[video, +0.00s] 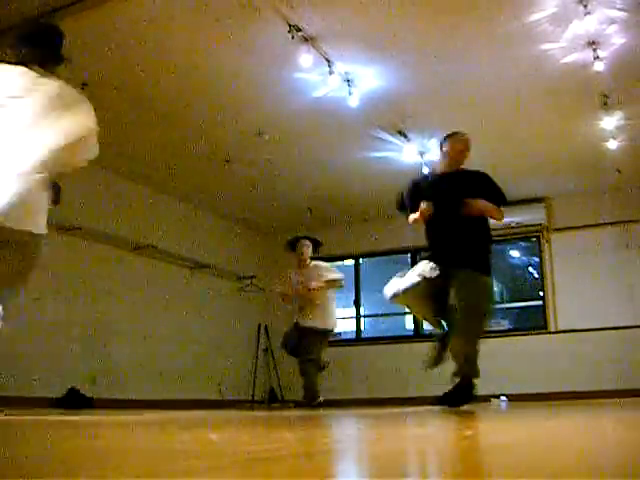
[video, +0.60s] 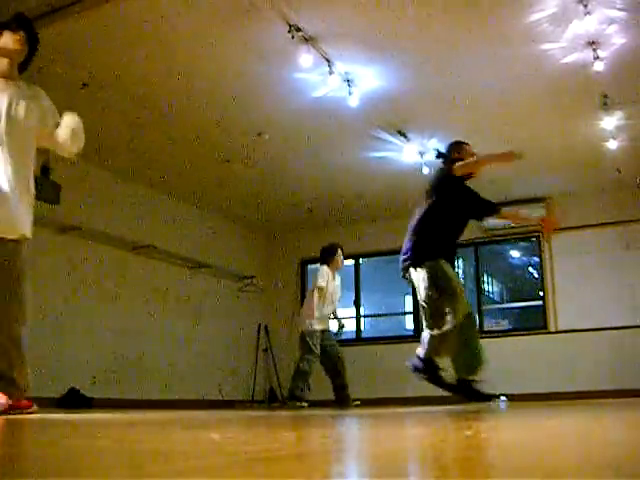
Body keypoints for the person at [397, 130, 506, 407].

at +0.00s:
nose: (464, 156)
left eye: (466, 151)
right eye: (460, 150)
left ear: (467, 154)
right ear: (444, 149)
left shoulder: (478, 180)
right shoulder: (424, 184)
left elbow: (499, 215)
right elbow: (409, 219)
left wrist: (483, 207)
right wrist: (418, 216)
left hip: (473, 260)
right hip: (438, 260)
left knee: (465, 322)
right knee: (407, 293)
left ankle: (465, 382)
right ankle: (443, 330)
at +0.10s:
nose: (485, 152)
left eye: (484, 147)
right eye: (479, 146)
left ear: (475, 152)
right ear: (463, 149)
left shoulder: (484, 187)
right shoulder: (434, 175)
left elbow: (486, 221)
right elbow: (406, 199)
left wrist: (498, 234)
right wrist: (405, 228)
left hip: (468, 271)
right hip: (429, 263)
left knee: (498, 315)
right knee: (435, 280)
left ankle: (479, 373)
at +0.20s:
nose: (501, 173)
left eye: (498, 167)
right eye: (495, 167)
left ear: (486, 173)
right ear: (481, 171)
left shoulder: (484, 208)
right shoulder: (462, 191)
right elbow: (425, 206)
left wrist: (473, 289)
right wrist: (394, 236)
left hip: (463, 279)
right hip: (435, 267)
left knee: (497, 329)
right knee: (453, 289)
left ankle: (483, 388)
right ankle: (422, 364)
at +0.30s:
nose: (512, 203)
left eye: (511, 198)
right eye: (508, 198)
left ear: (496, 202)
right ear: (495, 202)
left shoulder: (486, 227)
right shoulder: (474, 217)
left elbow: (447, 225)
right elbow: (438, 222)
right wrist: (400, 230)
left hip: (464, 293)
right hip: (443, 291)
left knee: (495, 339)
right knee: (465, 331)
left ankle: (480, 390)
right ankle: (453, 389)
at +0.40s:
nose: (504, 205)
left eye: (504, 200)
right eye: (500, 199)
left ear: (488, 200)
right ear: (487, 199)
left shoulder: (479, 221)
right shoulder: (471, 210)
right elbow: (446, 204)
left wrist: (440, 235)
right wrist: (419, 203)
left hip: (466, 298)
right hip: (448, 295)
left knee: (500, 339)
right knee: (474, 334)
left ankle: (484, 391)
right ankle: (453, 389)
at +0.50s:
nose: (489, 178)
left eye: (487, 172)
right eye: (484, 172)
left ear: (476, 174)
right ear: (472, 174)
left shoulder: (469, 204)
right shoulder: (461, 196)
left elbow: (482, 234)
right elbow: (456, 182)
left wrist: (501, 242)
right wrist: (455, 179)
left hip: (450, 275)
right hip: (438, 273)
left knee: (478, 330)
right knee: (459, 326)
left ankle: (483, 386)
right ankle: (450, 378)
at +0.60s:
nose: (475, 158)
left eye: (474, 154)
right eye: (470, 154)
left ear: (459, 160)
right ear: (457, 158)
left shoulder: (463, 195)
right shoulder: (444, 179)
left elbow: (499, 213)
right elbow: (473, 164)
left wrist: (538, 222)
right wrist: (502, 158)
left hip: (437, 259)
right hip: (423, 256)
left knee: (462, 317)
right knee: (451, 309)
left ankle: (463, 381)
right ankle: (425, 359)